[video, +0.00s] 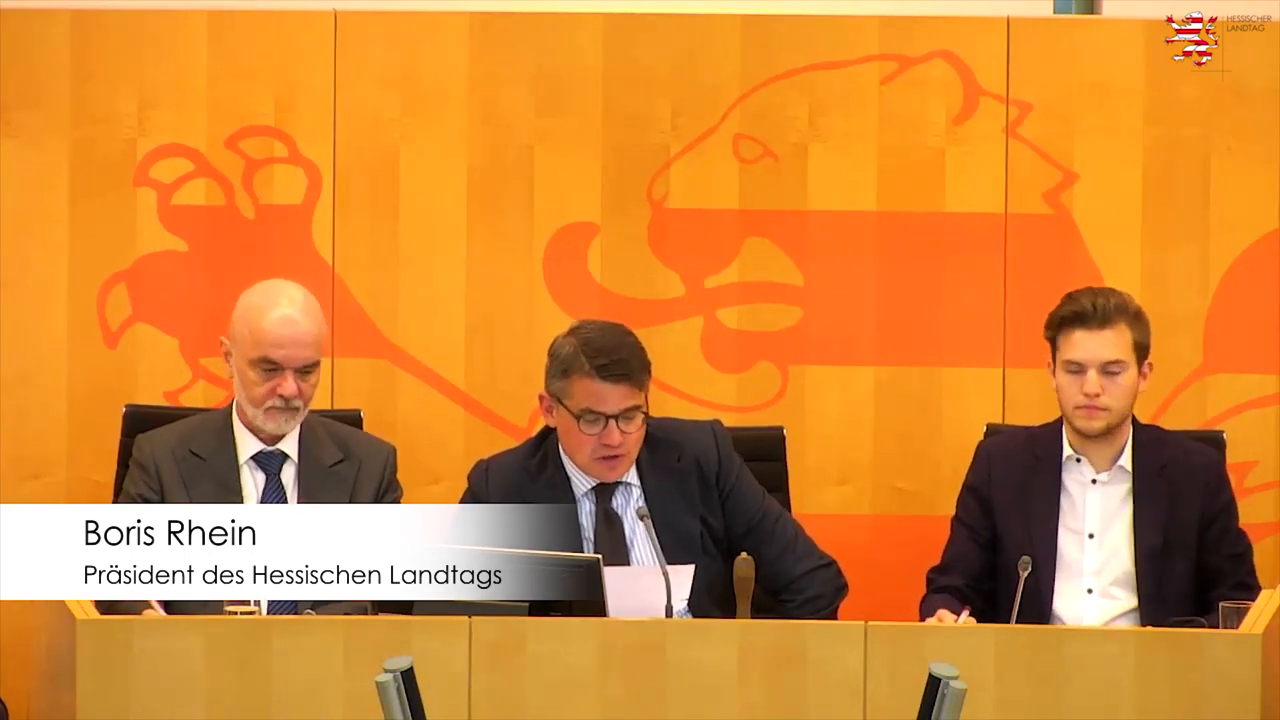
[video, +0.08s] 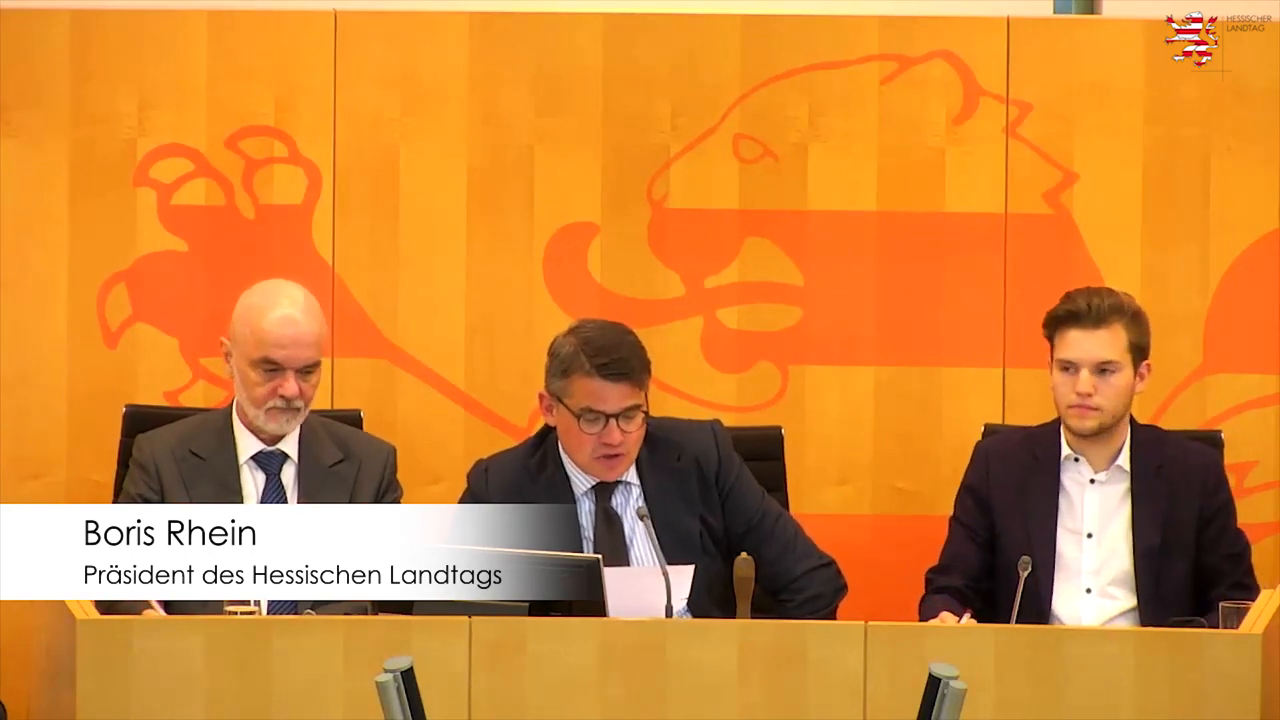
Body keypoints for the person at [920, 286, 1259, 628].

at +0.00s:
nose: (1091, 388)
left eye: (1112, 370)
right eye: (1074, 370)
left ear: (1143, 375)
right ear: (1053, 373)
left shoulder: (1196, 469)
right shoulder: (1001, 460)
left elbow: (1238, 600)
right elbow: (952, 585)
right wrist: (947, 621)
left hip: (1158, 673)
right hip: (1028, 668)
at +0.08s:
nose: (1083, 387)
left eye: (1105, 370)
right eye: (1068, 369)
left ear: (1140, 376)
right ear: (1050, 372)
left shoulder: (1194, 469)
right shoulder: (999, 460)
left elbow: (1237, 601)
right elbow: (951, 585)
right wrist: (947, 624)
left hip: (1156, 674)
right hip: (1025, 670)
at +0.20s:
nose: (1075, 387)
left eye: (1098, 371)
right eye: (1062, 368)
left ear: (1137, 378)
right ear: (1047, 370)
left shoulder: (1192, 469)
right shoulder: (997, 460)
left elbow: (1235, 601)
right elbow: (950, 585)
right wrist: (945, 623)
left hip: (1156, 674)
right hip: (1025, 670)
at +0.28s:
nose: (1074, 387)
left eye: (1097, 371)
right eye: (1061, 368)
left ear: (1136, 379)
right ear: (1047, 370)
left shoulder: (1192, 468)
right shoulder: (996, 460)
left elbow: (1235, 601)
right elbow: (949, 585)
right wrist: (945, 623)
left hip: (1155, 674)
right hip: (1025, 670)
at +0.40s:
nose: (1073, 387)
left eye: (1096, 371)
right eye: (1061, 368)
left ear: (1136, 379)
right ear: (1047, 370)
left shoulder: (1192, 469)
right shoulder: (997, 460)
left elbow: (1234, 601)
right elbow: (949, 586)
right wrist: (945, 623)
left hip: (1155, 674)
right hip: (1024, 671)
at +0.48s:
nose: (1072, 387)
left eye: (1095, 371)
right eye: (1061, 368)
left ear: (1137, 379)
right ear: (1047, 369)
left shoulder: (1192, 468)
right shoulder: (997, 459)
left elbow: (1236, 603)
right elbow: (949, 586)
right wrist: (946, 624)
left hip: (1155, 675)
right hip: (1024, 672)